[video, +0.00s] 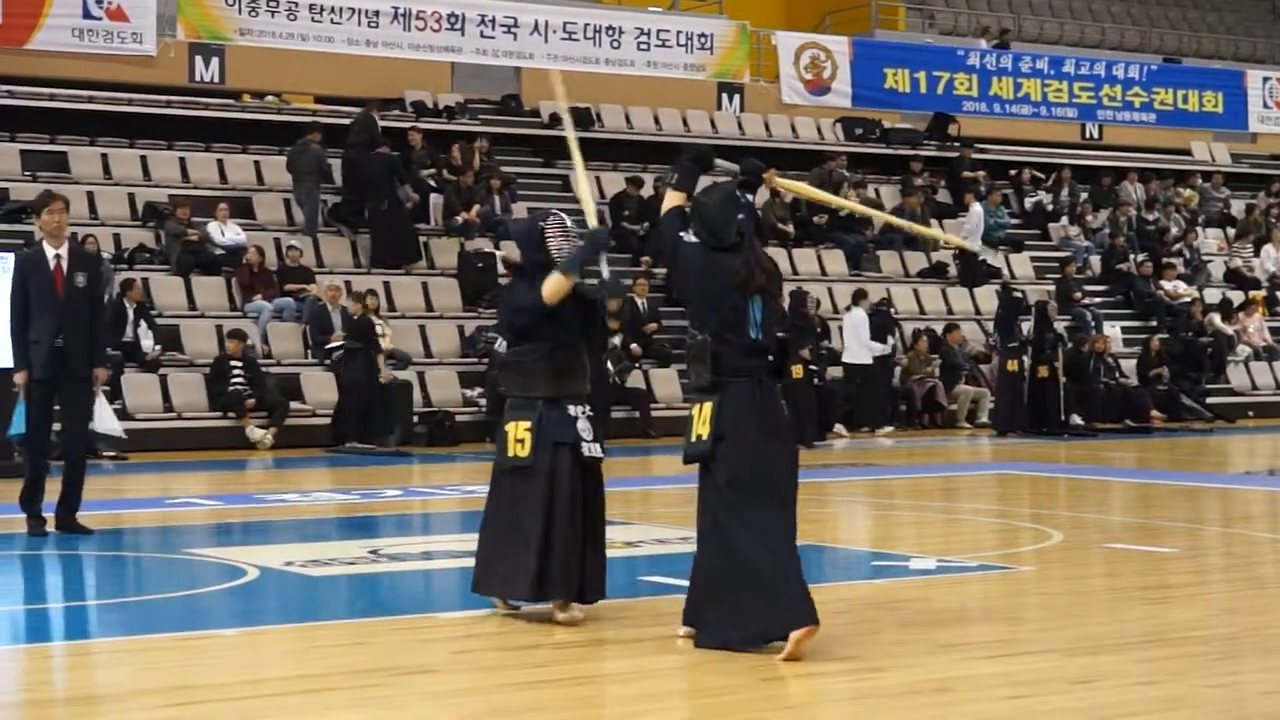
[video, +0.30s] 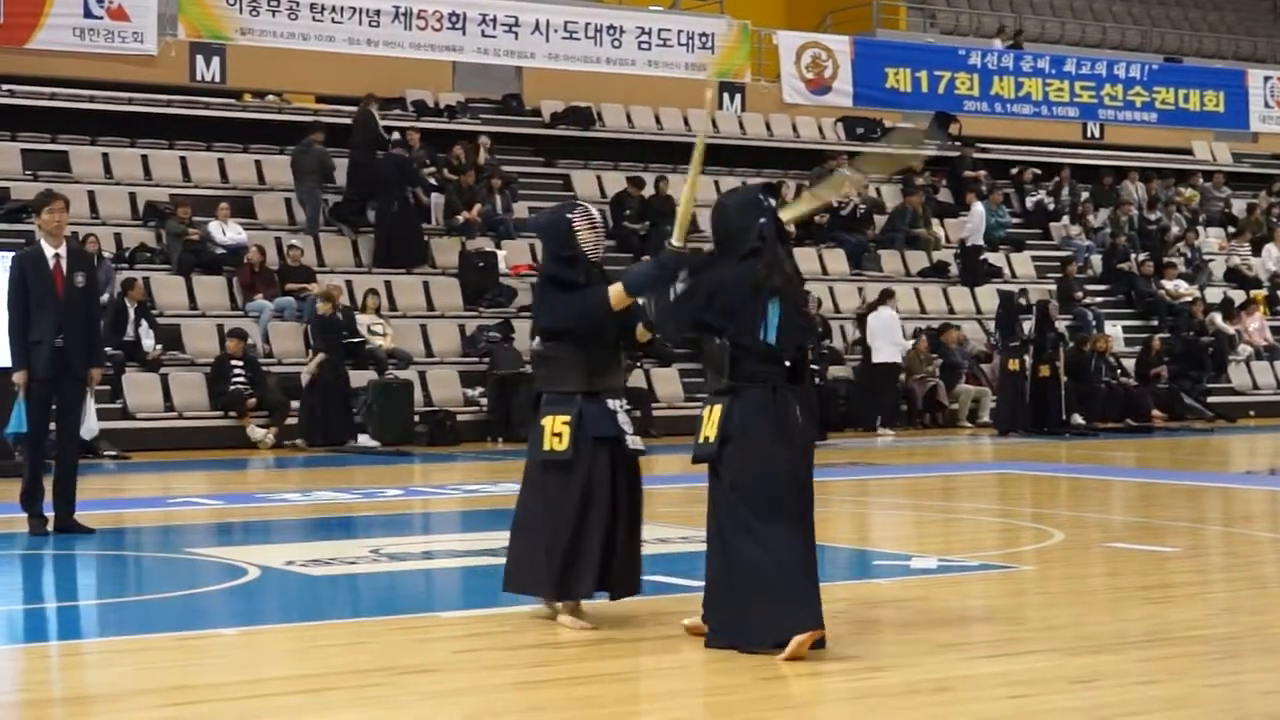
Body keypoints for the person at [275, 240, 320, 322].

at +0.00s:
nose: (293, 254)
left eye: (296, 251)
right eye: (290, 251)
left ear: (301, 253)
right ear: (287, 253)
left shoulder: (307, 270)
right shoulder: (281, 270)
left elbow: (313, 287)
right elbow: (284, 287)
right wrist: (304, 286)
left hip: (304, 294)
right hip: (289, 295)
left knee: (311, 299)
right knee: (312, 307)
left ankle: (304, 326)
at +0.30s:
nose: (294, 253)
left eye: (297, 250)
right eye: (291, 250)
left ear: (301, 253)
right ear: (288, 253)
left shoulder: (308, 270)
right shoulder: (282, 269)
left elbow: (314, 285)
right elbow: (284, 287)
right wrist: (305, 286)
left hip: (305, 293)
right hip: (290, 295)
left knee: (311, 298)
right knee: (311, 307)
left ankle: (305, 325)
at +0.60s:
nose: (294, 253)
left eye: (297, 249)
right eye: (292, 250)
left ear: (302, 252)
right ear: (288, 253)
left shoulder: (308, 269)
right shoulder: (283, 269)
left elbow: (314, 285)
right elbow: (285, 286)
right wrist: (305, 285)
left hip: (306, 292)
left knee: (312, 298)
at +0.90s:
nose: (294, 253)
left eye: (297, 250)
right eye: (292, 250)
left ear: (302, 253)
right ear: (288, 252)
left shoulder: (309, 269)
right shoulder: (283, 268)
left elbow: (314, 285)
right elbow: (285, 286)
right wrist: (306, 285)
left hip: (306, 292)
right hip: (291, 294)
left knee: (313, 298)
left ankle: (306, 324)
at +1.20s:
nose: (293, 254)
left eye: (296, 251)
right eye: (290, 251)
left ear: (301, 254)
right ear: (287, 254)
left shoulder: (308, 270)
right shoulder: (282, 269)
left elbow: (313, 286)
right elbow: (284, 287)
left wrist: (313, 291)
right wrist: (305, 286)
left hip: (305, 293)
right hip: (290, 295)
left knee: (312, 299)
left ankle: (305, 325)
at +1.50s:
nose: (292, 254)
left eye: (295, 251)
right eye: (290, 251)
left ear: (300, 254)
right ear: (287, 254)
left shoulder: (307, 270)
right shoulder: (282, 270)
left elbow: (313, 286)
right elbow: (284, 287)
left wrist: (312, 292)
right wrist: (305, 287)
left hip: (305, 293)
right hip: (290, 295)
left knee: (311, 299)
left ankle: (305, 325)